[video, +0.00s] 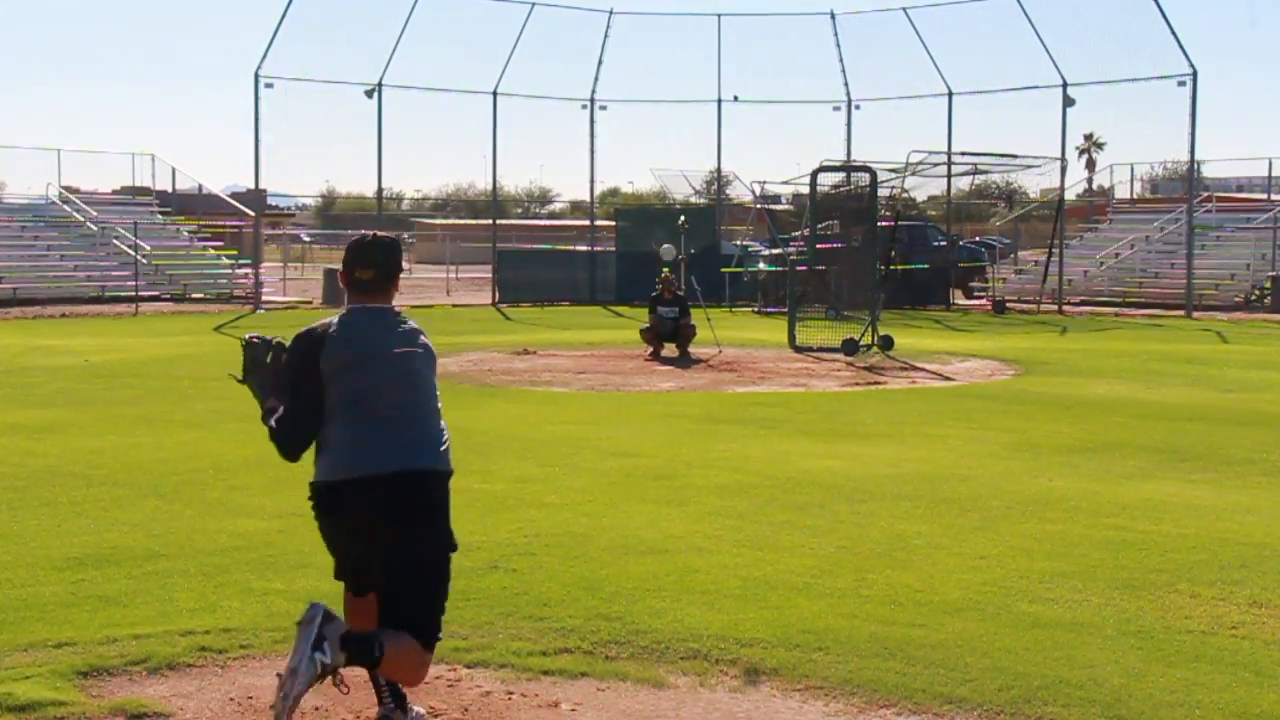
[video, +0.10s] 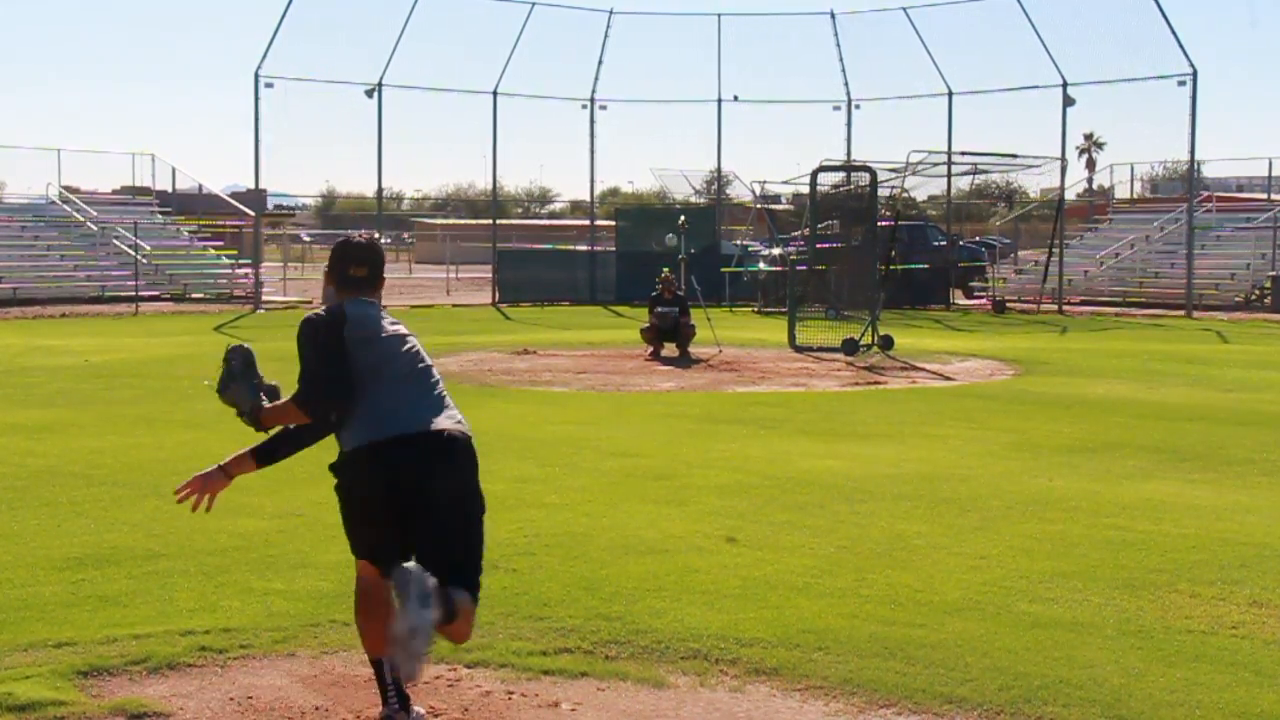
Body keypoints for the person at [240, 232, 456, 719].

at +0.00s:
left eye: (344, 274)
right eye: (398, 276)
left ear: (343, 279)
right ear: (398, 281)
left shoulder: (316, 340)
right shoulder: (416, 339)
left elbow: (292, 442)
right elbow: (383, 410)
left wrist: (270, 401)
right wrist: (301, 380)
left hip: (343, 488)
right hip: (419, 487)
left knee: (361, 584)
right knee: (414, 662)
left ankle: (392, 704)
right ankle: (337, 644)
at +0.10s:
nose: (321, 286)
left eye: (323, 278)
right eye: (326, 279)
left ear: (330, 280)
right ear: (380, 285)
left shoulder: (322, 322)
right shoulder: (395, 330)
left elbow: (320, 402)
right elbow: (320, 425)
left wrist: (265, 414)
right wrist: (231, 468)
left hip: (373, 458)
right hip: (448, 451)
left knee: (374, 571)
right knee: (462, 625)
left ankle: (394, 702)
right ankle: (427, 592)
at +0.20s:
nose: (314, 281)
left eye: (313, 271)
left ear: (314, 274)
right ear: (363, 277)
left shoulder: (316, 308)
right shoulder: (381, 322)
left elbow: (320, 377)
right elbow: (324, 427)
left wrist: (264, 419)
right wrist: (248, 478)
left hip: (387, 437)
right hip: (458, 418)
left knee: (386, 573)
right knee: (498, 575)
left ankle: (399, 701)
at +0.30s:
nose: (296, 272)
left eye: (296, 264)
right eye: (301, 265)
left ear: (301, 266)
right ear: (350, 266)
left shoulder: (307, 302)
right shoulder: (372, 310)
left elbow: (332, 359)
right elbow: (352, 423)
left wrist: (285, 434)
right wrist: (304, 485)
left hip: (392, 434)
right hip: (461, 405)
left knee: (394, 570)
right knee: (539, 540)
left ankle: (406, 701)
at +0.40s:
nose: (287, 265)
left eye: (288, 256)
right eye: (293, 257)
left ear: (294, 257)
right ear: (339, 255)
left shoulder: (304, 297)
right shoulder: (362, 298)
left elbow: (335, 358)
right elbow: (367, 401)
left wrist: (317, 443)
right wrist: (342, 477)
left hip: (400, 431)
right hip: (463, 397)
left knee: (402, 568)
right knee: (558, 525)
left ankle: (408, 701)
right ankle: (670, 517)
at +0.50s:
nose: (283, 254)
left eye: (282, 245)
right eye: (288, 245)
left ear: (287, 247)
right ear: (337, 246)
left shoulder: (307, 292)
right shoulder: (356, 286)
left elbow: (353, 359)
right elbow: (375, 379)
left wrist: (353, 447)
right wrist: (350, 469)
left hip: (411, 426)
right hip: (468, 396)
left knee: (405, 568)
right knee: (564, 521)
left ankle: (409, 700)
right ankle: (692, 539)